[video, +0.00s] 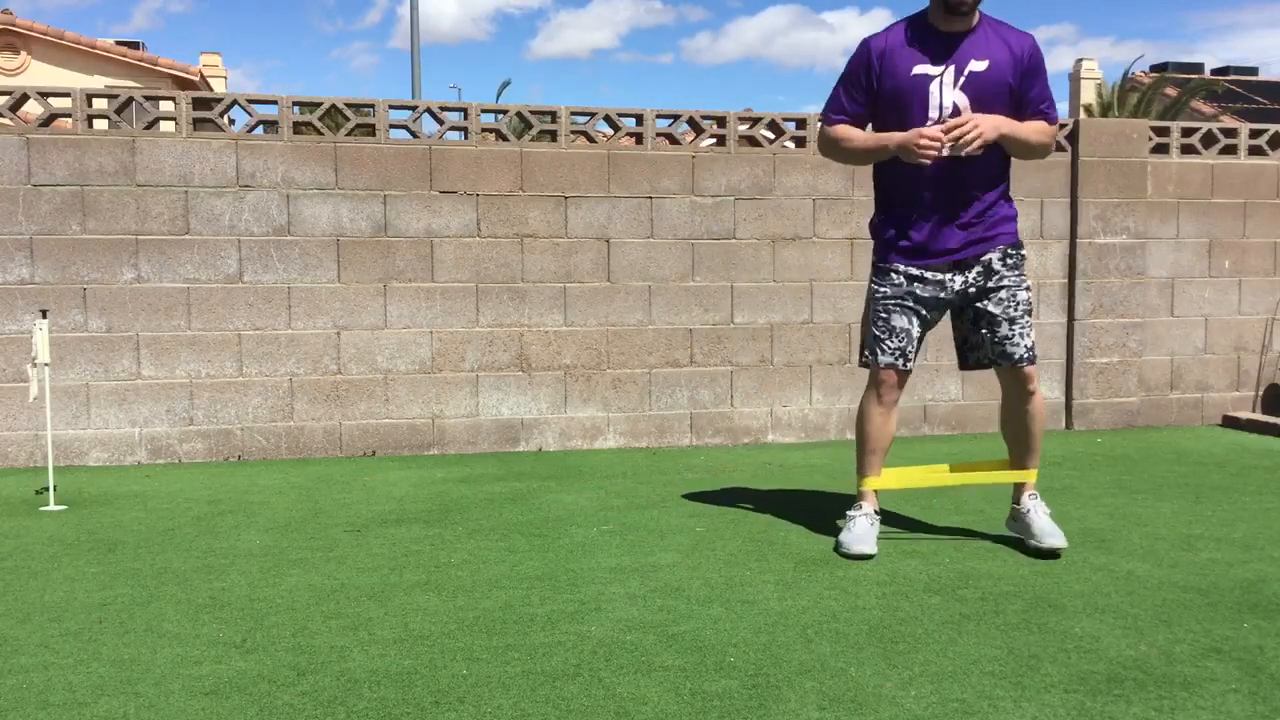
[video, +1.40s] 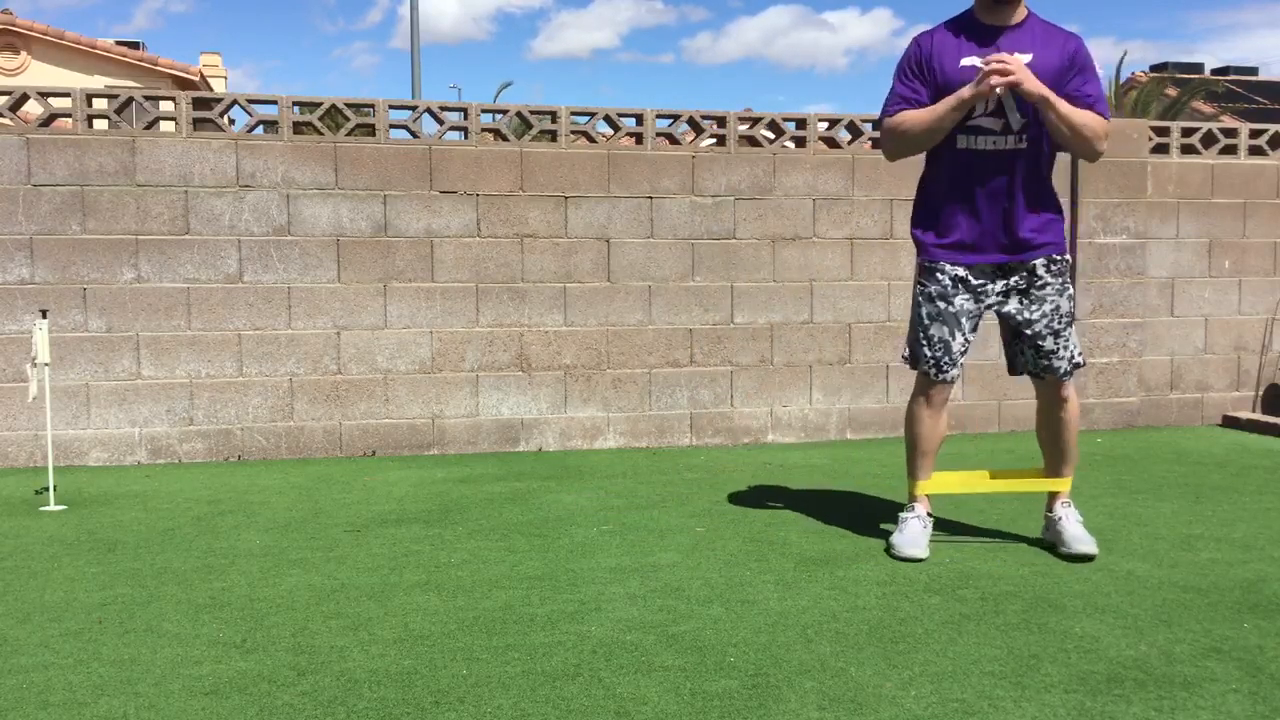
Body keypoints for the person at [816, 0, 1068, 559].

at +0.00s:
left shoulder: (1018, 48)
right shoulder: (880, 50)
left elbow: (1043, 140)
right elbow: (830, 137)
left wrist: (999, 125)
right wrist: (895, 142)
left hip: (990, 244)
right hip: (905, 248)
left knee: (1023, 374)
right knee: (885, 376)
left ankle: (1027, 502)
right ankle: (865, 507)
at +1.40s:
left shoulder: (1064, 47)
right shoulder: (931, 46)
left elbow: (1094, 144)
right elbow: (892, 141)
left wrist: (1037, 91)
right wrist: (970, 94)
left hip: (1036, 243)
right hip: (950, 244)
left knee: (1058, 378)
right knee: (934, 377)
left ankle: (1061, 507)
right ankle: (917, 509)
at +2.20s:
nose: (1026, 33)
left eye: (1038, 21)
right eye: (1013, 20)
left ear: (1052, 23)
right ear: (991, 20)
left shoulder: (1079, 95)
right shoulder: (948, 95)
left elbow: (1105, 189)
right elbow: (930, 194)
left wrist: (1047, 119)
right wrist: (1002, 128)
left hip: (1025, 273)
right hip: (937, 267)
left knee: (1069, 393)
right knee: (873, 374)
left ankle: (1072, 513)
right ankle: (800, 493)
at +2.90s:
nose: (843, 33)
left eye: (856, 20)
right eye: (830, 21)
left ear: (871, 18)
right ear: (810, 19)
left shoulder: (901, 86)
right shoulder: (775, 90)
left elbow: (911, 181)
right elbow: (768, 189)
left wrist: (860, 109)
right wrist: (826, 113)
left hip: (871, 262)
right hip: (792, 261)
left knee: (887, 381)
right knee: (768, 380)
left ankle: (884, 508)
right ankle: (750, 508)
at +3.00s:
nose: (843, 37)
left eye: (856, 26)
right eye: (830, 25)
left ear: (872, 23)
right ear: (812, 24)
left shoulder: (903, 92)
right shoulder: (775, 93)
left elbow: (911, 186)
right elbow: (770, 191)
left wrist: (859, 111)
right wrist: (827, 117)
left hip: (870, 267)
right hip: (789, 265)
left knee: (890, 384)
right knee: (760, 379)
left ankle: (885, 509)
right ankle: (745, 506)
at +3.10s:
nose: (839, 37)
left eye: (852, 26)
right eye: (828, 24)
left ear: (869, 24)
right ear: (810, 21)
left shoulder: (897, 91)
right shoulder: (772, 88)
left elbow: (905, 185)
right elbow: (762, 188)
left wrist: (854, 110)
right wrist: (822, 116)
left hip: (859, 266)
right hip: (779, 261)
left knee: (882, 383)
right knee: (737, 372)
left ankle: (884, 510)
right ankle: (712, 500)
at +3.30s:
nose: (807, 38)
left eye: (821, 27)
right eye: (796, 25)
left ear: (839, 23)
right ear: (779, 22)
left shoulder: (865, 94)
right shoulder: (740, 90)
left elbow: (876, 186)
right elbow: (725, 187)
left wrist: (823, 111)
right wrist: (788, 118)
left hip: (824, 271)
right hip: (738, 265)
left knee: (859, 389)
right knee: (666, 374)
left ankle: (881, 509)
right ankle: (593, 494)